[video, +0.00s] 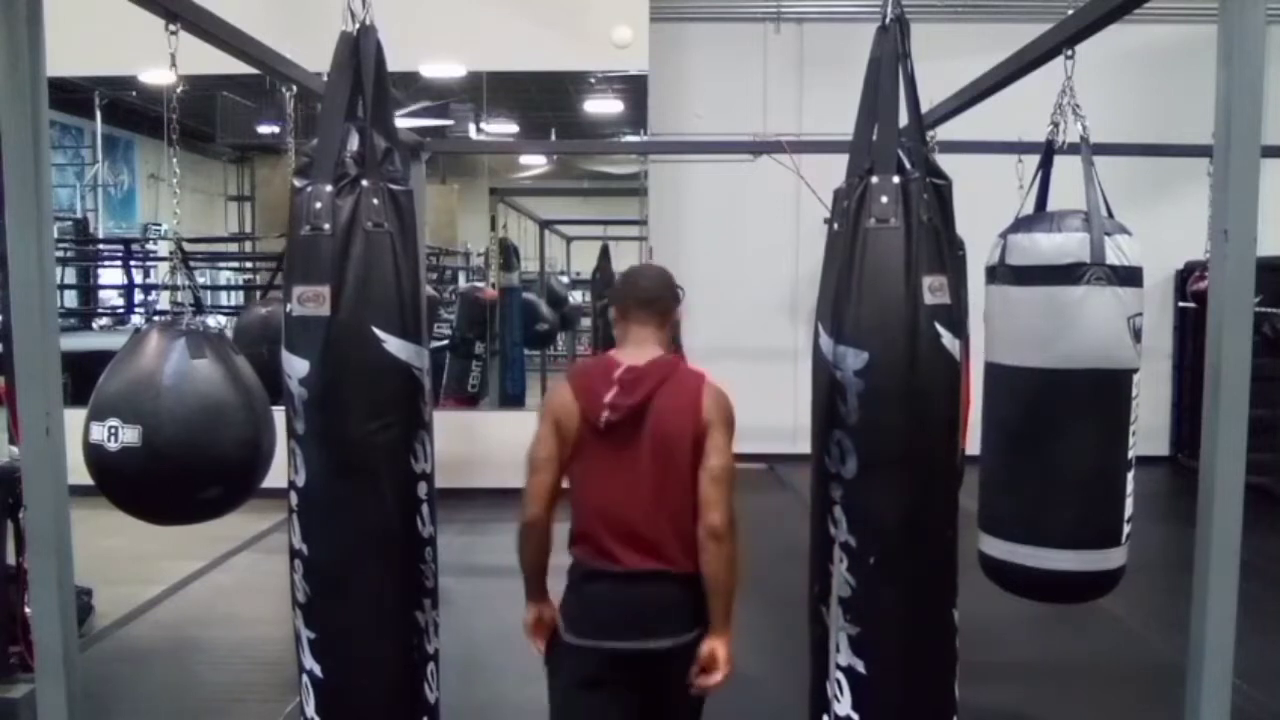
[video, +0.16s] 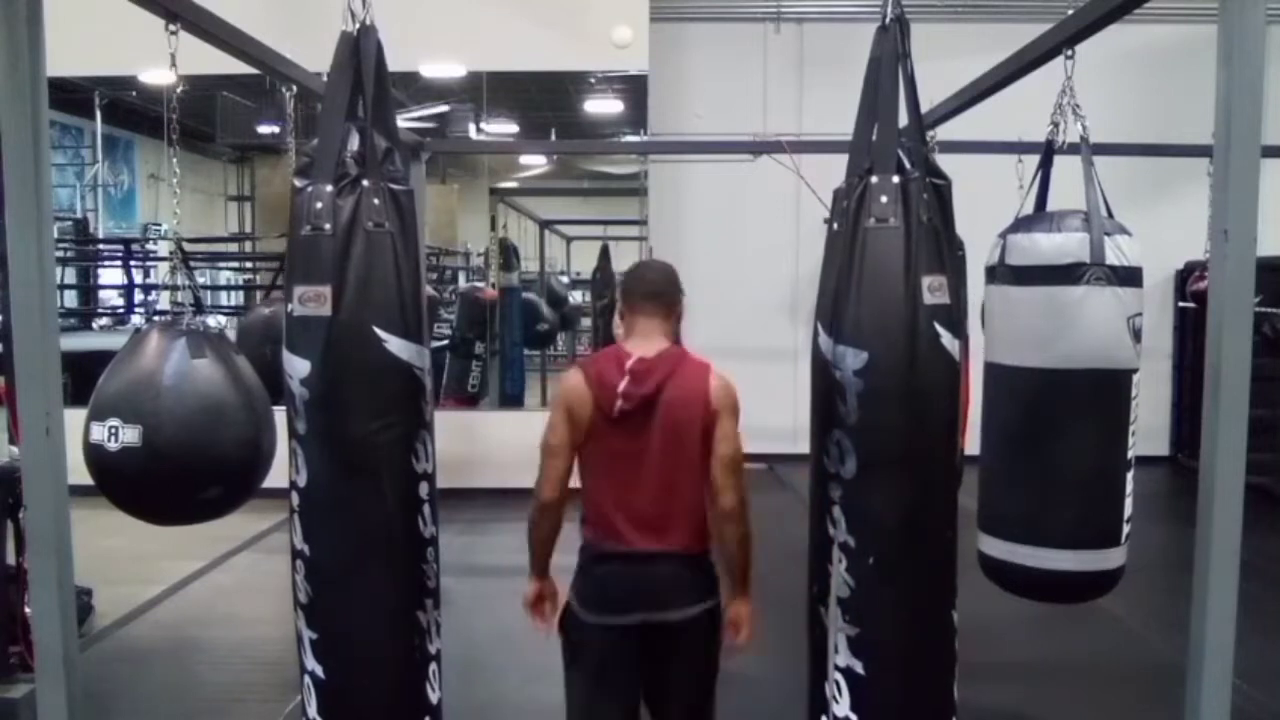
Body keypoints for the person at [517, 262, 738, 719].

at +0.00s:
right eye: (678, 309)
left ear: (614, 316)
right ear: (675, 315)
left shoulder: (569, 393)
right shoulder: (707, 399)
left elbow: (535, 513)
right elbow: (714, 525)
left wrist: (536, 597)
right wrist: (719, 629)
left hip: (591, 617)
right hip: (676, 619)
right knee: (669, 711)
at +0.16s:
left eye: (620, 311)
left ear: (621, 314)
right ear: (679, 312)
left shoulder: (578, 384)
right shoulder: (713, 388)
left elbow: (550, 496)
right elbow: (728, 504)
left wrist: (540, 574)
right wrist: (738, 591)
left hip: (602, 598)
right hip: (685, 600)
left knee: (598, 713)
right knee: (685, 712)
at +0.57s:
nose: (643, 315)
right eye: (639, 308)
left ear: (583, 314)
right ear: (630, 309)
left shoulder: (558, 384)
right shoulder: (677, 375)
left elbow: (549, 486)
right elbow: (711, 463)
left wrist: (543, 559)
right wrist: (725, 520)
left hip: (590, 561)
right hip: (664, 557)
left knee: (593, 684)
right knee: (678, 693)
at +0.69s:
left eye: (559, 307)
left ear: (567, 310)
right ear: (615, 304)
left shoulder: (555, 379)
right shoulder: (664, 368)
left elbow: (543, 482)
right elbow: (687, 456)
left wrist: (523, 543)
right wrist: (689, 515)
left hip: (583, 545)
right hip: (645, 538)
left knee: (588, 680)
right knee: (649, 650)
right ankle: (658, 713)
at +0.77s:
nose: (555, 315)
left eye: (556, 307)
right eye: (557, 307)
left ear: (566, 308)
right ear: (612, 305)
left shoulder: (558, 377)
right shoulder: (659, 366)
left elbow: (548, 477)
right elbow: (681, 451)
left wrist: (520, 537)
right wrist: (671, 503)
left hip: (585, 536)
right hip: (642, 527)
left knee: (586, 675)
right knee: (635, 645)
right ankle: (646, 714)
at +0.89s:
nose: (536, 316)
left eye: (541, 306)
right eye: (536, 307)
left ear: (568, 306)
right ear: (584, 305)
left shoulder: (579, 373)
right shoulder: (615, 356)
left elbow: (572, 470)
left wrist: (523, 531)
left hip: (596, 520)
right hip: (625, 512)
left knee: (583, 659)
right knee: (594, 651)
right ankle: (605, 710)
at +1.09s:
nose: (533, 322)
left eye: (543, 312)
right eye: (531, 312)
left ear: (575, 308)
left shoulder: (607, 368)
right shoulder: (560, 366)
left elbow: (621, 461)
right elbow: (563, 441)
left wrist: (585, 537)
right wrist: (549, 498)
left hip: (605, 504)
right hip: (573, 502)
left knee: (590, 649)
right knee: (580, 645)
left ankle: (604, 715)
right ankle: (598, 713)